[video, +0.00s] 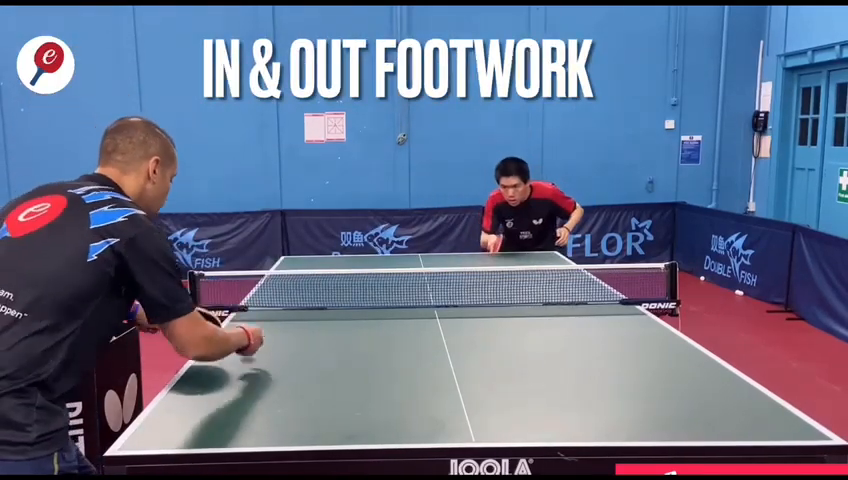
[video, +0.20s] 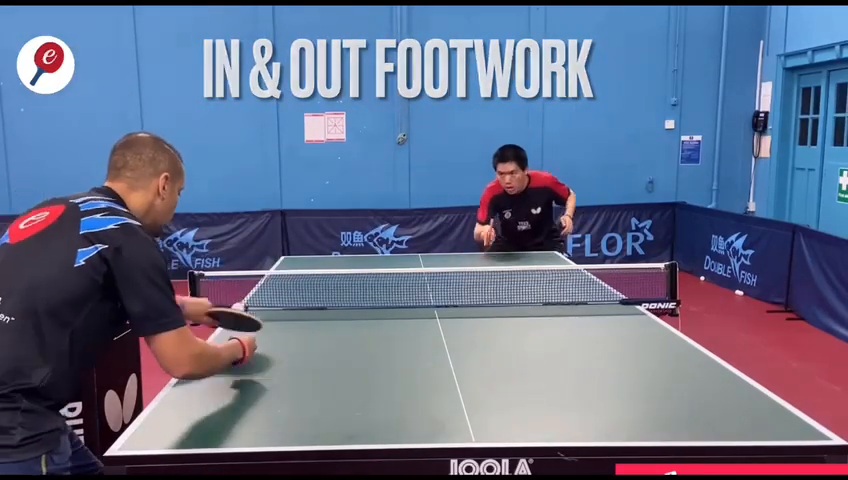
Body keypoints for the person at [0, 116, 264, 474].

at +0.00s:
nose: (166, 198)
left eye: (171, 184)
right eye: (170, 182)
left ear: (106, 160)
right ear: (152, 170)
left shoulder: (35, 199)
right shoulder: (133, 227)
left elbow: (54, 299)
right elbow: (196, 343)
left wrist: (138, 315)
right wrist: (239, 337)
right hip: (23, 432)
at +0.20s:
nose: (173, 213)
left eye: (178, 199)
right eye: (178, 197)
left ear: (115, 176)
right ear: (162, 186)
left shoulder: (52, 211)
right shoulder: (128, 237)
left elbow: (94, 294)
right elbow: (183, 360)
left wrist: (178, 308)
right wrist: (231, 351)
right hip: (18, 425)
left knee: (89, 469)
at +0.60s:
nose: (141, 156)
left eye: (143, 143)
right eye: (142, 143)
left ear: (70, 136)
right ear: (125, 141)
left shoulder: (18, 187)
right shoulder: (92, 219)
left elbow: (54, 283)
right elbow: (135, 351)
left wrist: (147, 295)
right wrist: (194, 344)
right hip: (26, 442)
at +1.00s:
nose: (133, 158)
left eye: (136, 145)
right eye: (134, 143)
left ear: (60, 130)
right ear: (114, 135)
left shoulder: (10, 179)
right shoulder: (81, 205)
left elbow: (22, 310)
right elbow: (89, 353)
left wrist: (108, 327)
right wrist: (144, 373)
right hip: (14, 440)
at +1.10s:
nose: (150, 179)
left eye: (154, 165)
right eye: (151, 162)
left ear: (79, 143)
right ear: (126, 150)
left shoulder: (16, 189)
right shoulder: (76, 209)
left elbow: (36, 317)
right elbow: (61, 354)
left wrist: (138, 333)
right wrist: (120, 378)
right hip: (11, 438)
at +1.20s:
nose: (158, 182)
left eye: (160, 167)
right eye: (157, 164)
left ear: (127, 153)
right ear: (128, 152)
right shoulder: (59, 209)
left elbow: (116, 302)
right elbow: (25, 346)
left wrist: (218, 319)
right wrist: (96, 378)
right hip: (11, 441)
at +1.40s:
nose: (130, 138)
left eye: (130, 123)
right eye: (126, 121)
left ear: (90, 115)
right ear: (91, 114)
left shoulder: (66, 194)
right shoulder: (15, 186)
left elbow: (138, 250)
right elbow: (3, 332)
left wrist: (232, 269)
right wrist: (72, 360)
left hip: (17, 400)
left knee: (55, 472)